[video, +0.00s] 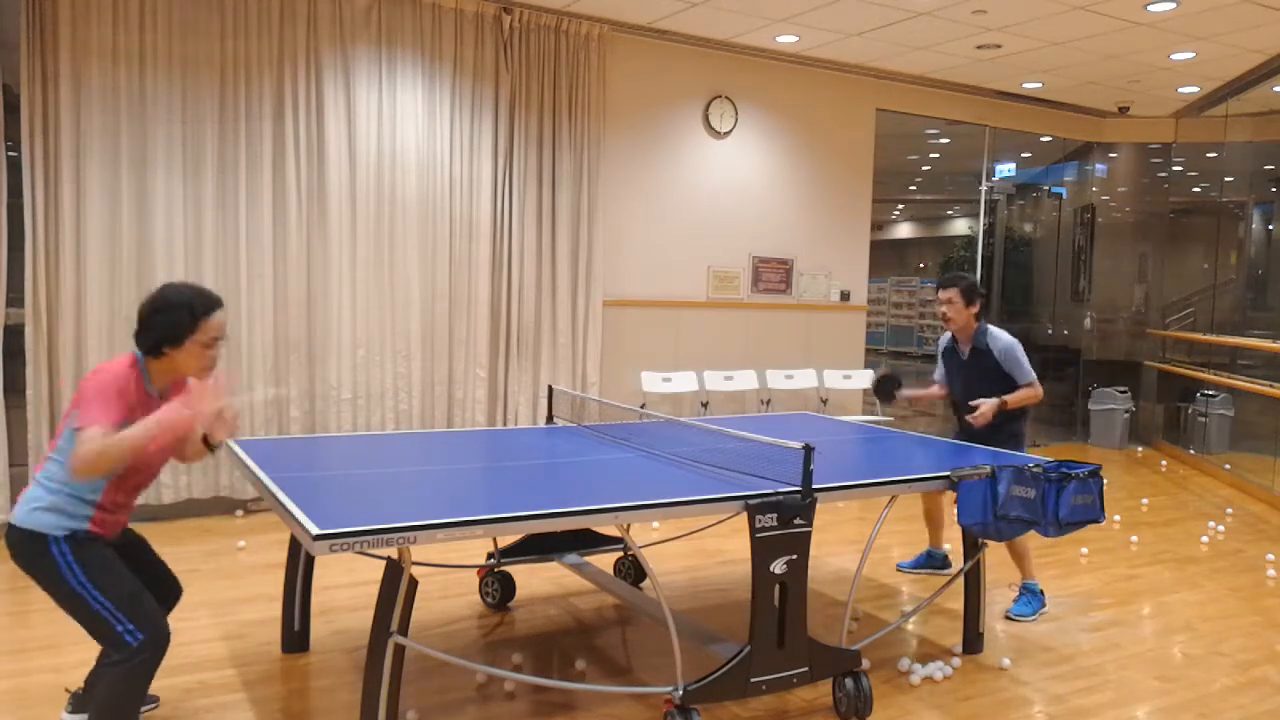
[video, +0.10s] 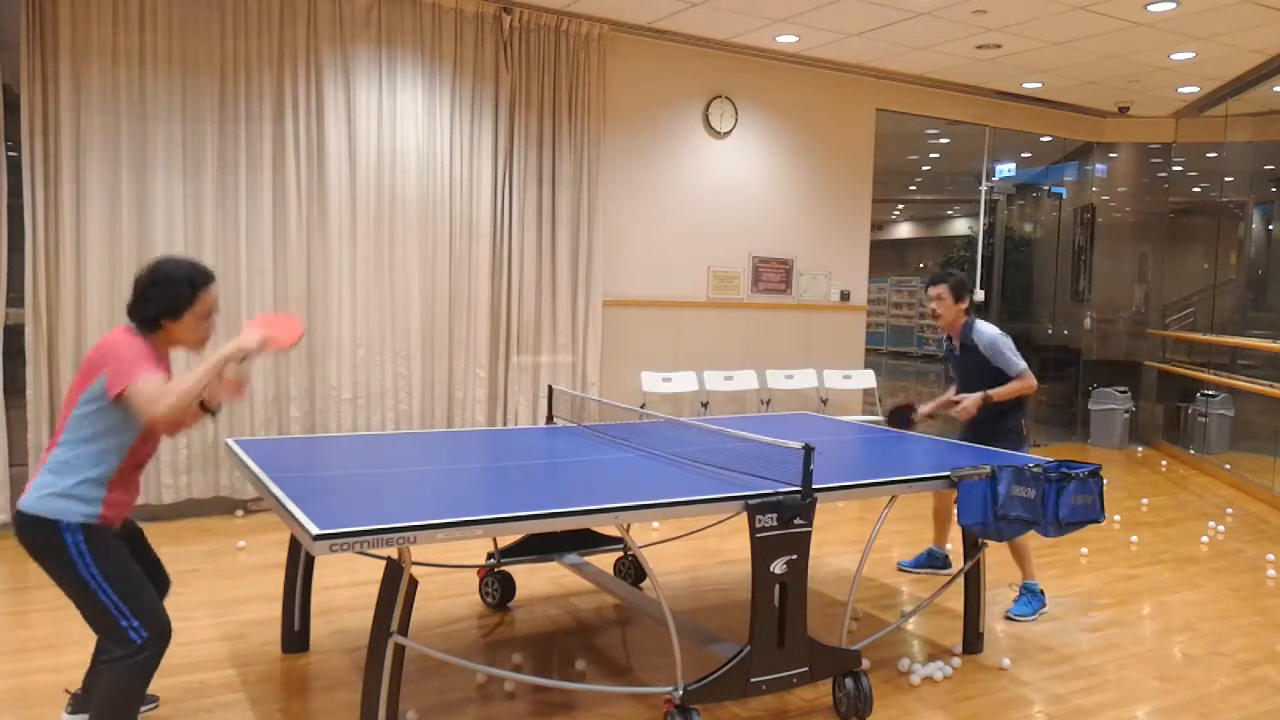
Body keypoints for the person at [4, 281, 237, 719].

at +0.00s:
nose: (217, 356)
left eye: (219, 344)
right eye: (210, 345)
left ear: (180, 346)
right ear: (171, 345)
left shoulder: (179, 387)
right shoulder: (111, 380)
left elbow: (181, 450)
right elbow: (84, 462)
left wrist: (210, 435)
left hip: (97, 524)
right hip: (49, 529)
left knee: (163, 591)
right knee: (144, 637)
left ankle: (98, 695)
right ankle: (103, 709)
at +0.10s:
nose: (213, 325)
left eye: (213, 315)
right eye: (205, 316)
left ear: (172, 318)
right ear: (169, 318)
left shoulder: (153, 354)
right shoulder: (123, 346)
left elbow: (168, 422)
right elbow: (162, 411)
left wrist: (211, 398)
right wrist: (232, 351)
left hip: (98, 511)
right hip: (60, 516)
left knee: (152, 585)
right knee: (144, 632)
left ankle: (98, 696)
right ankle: (99, 712)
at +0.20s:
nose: (206, 297)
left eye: (206, 286)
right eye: (200, 287)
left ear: (164, 288)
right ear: (165, 288)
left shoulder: (138, 333)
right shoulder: (126, 324)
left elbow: (158, 404)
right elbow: (187, 376)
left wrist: (216, 375)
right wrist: (247, 324)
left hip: (94, 498)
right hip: (78, 500)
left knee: (117, 614)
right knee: (141, 628)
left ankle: (92, 699)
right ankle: (100, 711)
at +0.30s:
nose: (204, 285)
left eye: (202, 274)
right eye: (196, 275)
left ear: (158, 281)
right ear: (160, 280)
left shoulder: (137, 325)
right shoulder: (128, 320)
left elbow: (169, 391)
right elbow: (182, 382)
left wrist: (221, 365)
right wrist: (236, 332)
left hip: (83, 492)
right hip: (82, 496)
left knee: (107, 609)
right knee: (140, 626)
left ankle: (89, 699)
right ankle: (100, 712)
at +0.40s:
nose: (205, 285)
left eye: (204, 274)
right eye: (197, 276)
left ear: (166, 284)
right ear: (163, 282)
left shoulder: (145, 328)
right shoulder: (126, 324)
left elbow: (159, 404)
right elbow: (155, 406)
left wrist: (220, 374)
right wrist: (223, 367)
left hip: (97, 496)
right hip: (77, 499)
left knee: (109, 613)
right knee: (137, 629)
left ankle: (90, 700)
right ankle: (99, 712)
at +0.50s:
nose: (210, 302)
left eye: (209, 290)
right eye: (203, 291)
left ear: (168, 297)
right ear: (166, 296)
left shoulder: (166, 342)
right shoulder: (116, 342)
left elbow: (174, 413)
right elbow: (102, 433)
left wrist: (214, 400)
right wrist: (194, 419)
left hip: (111, 502)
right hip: (66, 505)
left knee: (145, 585)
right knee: (129, 631)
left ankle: (99, 691)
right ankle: (97, 711)